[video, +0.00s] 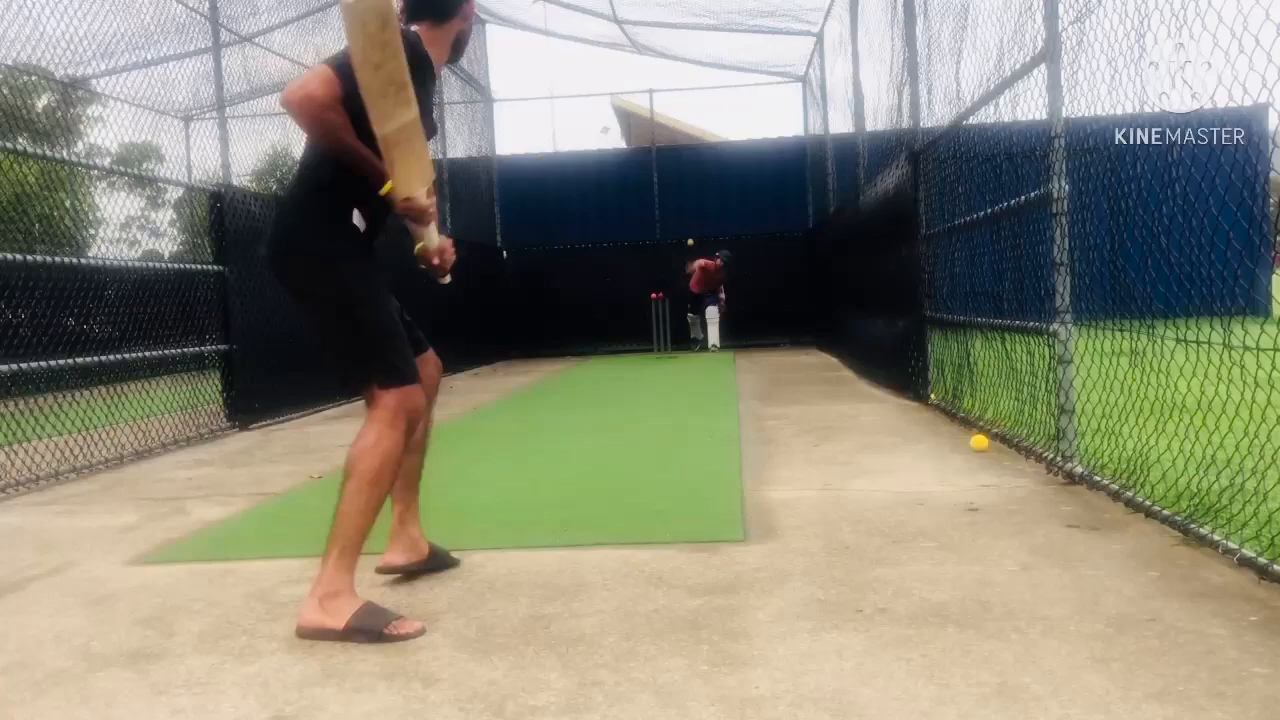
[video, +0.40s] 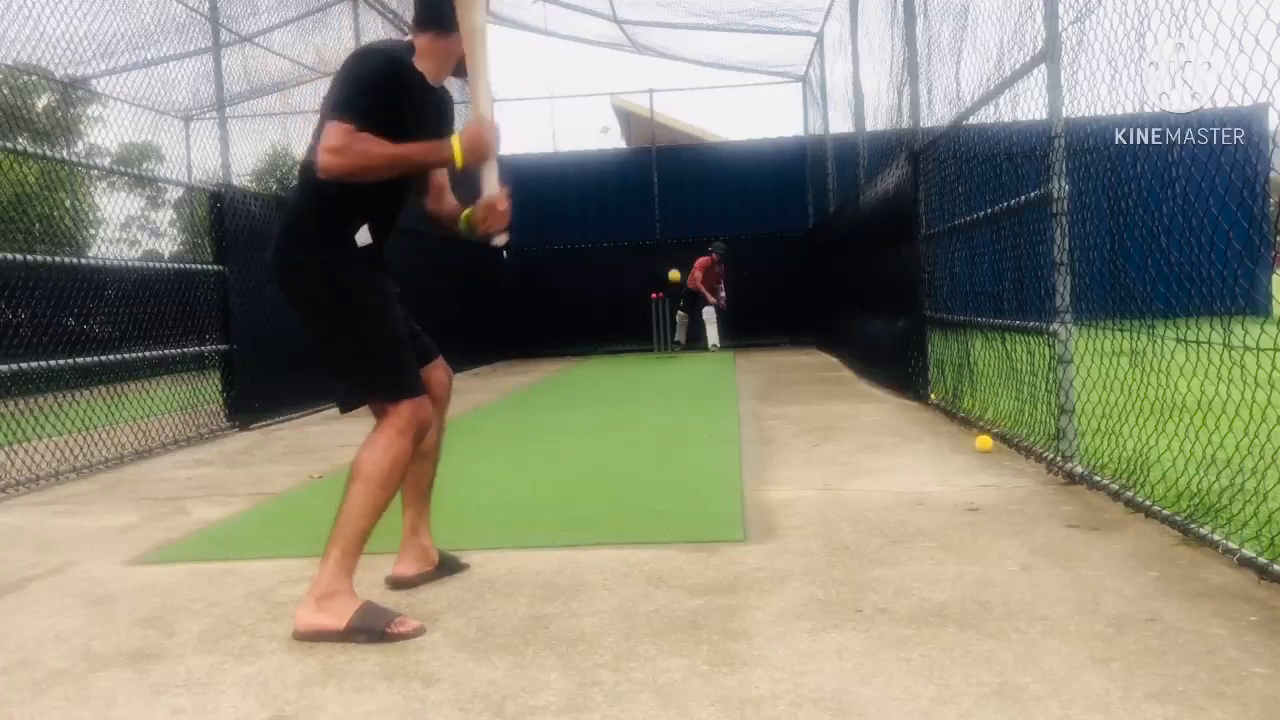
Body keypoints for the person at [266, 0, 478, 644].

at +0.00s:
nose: (477, 19)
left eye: (475, 12)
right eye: (475, 12)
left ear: (420, 11)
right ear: (465, 14)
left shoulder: (417, 73)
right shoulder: (397, 48)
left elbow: (395, 172)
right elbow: (305, 96)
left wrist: (424, 234)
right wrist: (386, 181)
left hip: (347, 246)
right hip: (319, 244)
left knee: (424, 372)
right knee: (397, 399)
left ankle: (407, 540)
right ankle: (329, 597)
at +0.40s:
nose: (478, 46)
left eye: (479, 34)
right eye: (476, 31)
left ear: (433, 29)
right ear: (453, 28)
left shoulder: (437, 103)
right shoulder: (378, 62)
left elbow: (436, 200)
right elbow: (334, 154)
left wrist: (471, 217)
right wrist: (451, 152)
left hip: (358, 260)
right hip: (319, 261)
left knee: (435, 380)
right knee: (405, 414)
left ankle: (416, 549)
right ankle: (326, 596)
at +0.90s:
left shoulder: (349, 13)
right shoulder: (438, 13)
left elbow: (279, 9)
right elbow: (300, 14)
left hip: (310, 214)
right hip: (400, 217)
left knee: (357, 389)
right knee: (365, 399)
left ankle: (402, 536)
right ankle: (324, 597)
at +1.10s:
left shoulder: (349, 5)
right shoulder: (419, 11)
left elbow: (287, 1)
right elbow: (289, 2)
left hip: (299, 198)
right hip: (371, 200)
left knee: (340, 385)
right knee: (354, 400)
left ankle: (391, 532)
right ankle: (324, 597)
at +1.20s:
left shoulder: (345, 6)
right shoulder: (420, 12)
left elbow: (284, 1)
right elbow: (287, 3)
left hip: (301, 202)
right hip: (367, 205)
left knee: (341, 383)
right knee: (356, 397)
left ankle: (391, 533)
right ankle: (324, 597)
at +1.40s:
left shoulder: (330, 10)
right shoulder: (426, 16)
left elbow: (206, 41)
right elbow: (326, 74)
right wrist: (245, 34)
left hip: (304, 211)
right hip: (376, 218)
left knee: (356, 386)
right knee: (363, 398)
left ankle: (396, 535)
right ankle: (325, 596)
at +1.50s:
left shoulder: (287, 3)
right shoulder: (432, 21)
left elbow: (201, 106)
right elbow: (389, 117)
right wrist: (284, 99)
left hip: (299, 216)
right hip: (384, 219)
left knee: (364, 387)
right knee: (368, 399)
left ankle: (400, 540)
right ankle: (325, 598)